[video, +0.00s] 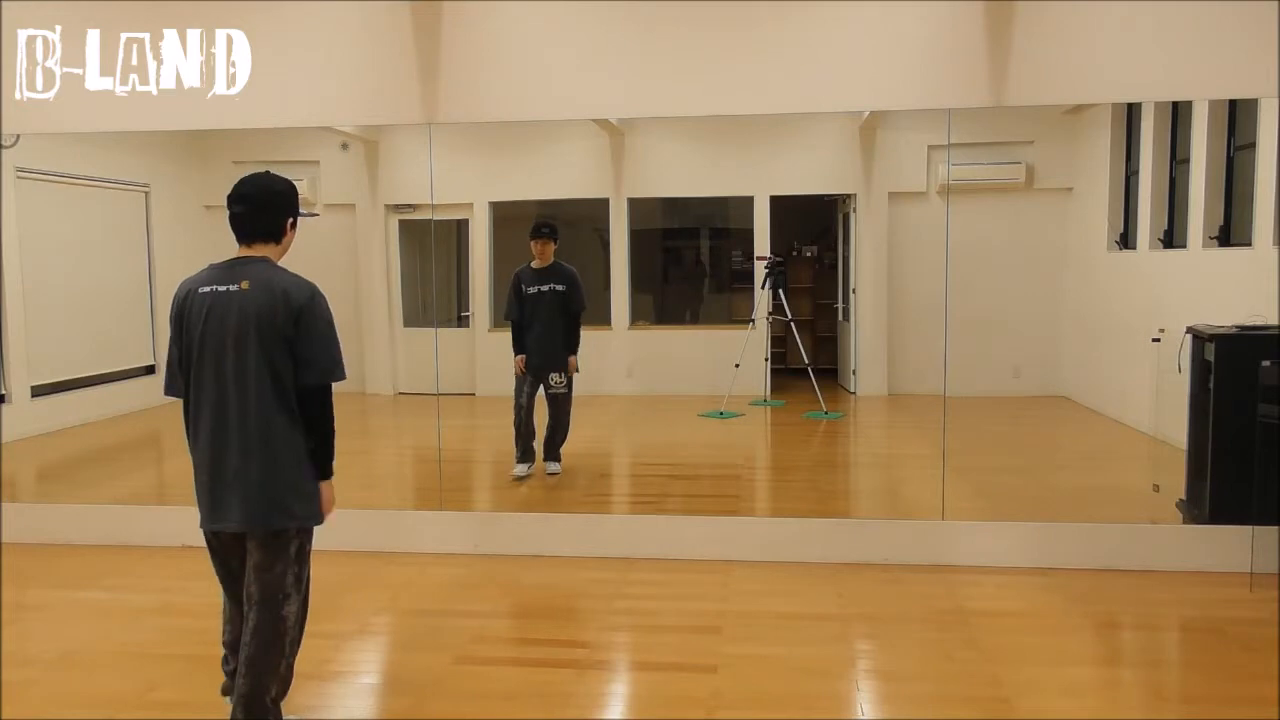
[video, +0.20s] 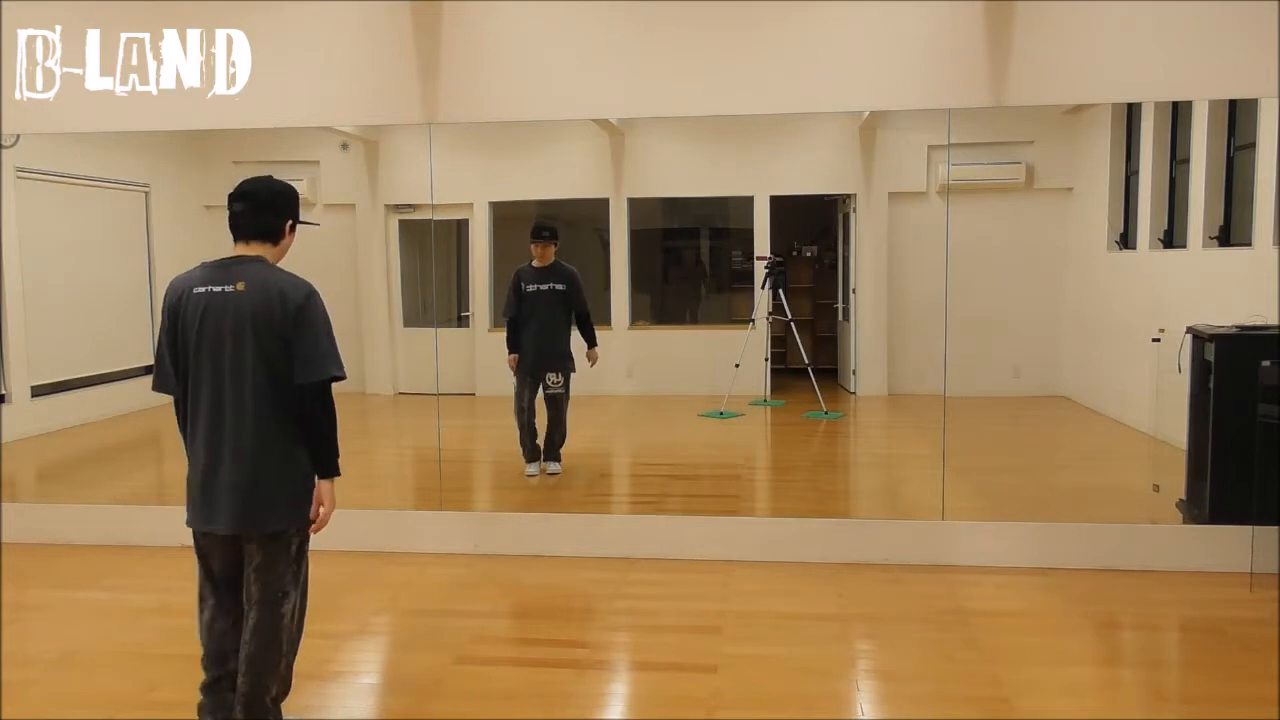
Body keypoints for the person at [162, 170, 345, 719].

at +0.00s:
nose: (295, 229)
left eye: (296, 220)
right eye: (295, 221)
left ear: (233, 225)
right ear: (287, 227)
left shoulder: (191, 292)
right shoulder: (300, 296)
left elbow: (184, 390)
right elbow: (316, 397)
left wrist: (209, 457)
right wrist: (323, 474)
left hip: (215, 483)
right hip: (281, 484)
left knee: (237, 596)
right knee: (274, 607)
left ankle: (240, 691)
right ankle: (257, 710)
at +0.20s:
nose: (294, 235)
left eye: (294, 227)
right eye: (294, 227)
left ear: (232, 226)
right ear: (287, 231)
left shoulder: (183, 290)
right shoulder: (295, 295)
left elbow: (179, 391)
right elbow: (315, 396)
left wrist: (201, 457)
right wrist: (326, 472)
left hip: (208, 485)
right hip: (277, 486)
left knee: (219, 605)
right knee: (272, 610)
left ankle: (217, 708)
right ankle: (259, 711)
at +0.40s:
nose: (285, 227)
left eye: (287, 220)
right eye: (286, 219)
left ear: (222, 215)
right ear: (276, 217)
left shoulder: (176, 268)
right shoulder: (286, 279)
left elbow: (171, 355)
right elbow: (305, 381)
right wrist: (326, 454)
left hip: (197, 472)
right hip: (269, 472)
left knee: (204, 597)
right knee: (269, 597)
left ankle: (213, 708)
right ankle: (260, 711)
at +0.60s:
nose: (270, 219)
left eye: (264, 210)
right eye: (269, 211)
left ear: (210, 222)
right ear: (263, 220)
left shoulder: (182, 288)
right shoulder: (294, 288)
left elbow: (172, 371)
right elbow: (317, 388)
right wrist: (314, 458)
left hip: (186, 475)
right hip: (263, 475)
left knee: (197, 606)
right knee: (261, 604)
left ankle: (208, 710)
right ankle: (258, 709)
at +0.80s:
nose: (281, 250)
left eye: (280, 243)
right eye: (280, 242)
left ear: (219, 241)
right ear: (270, 242)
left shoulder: (174, 296)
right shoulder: (289, 300)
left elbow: (159, 391)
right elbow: (298, 399)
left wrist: (185, 460)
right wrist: (312, 467)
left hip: (180, 487)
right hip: (257, 486)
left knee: (194, 611)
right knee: (263, 605)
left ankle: (210, 711)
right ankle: (257, 710)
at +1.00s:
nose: (295, 311)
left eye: (297, 308)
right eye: (298, 306)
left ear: (243, 285)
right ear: (290, 297)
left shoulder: (185, 314)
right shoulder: (290, 321)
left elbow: (165, 416)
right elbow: (306, 416)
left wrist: (148, 498)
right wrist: (323, 500)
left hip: (178, 479)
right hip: (248, 471)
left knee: (199, 614)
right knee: (299, 554)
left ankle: (217, 711)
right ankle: (264, 649)